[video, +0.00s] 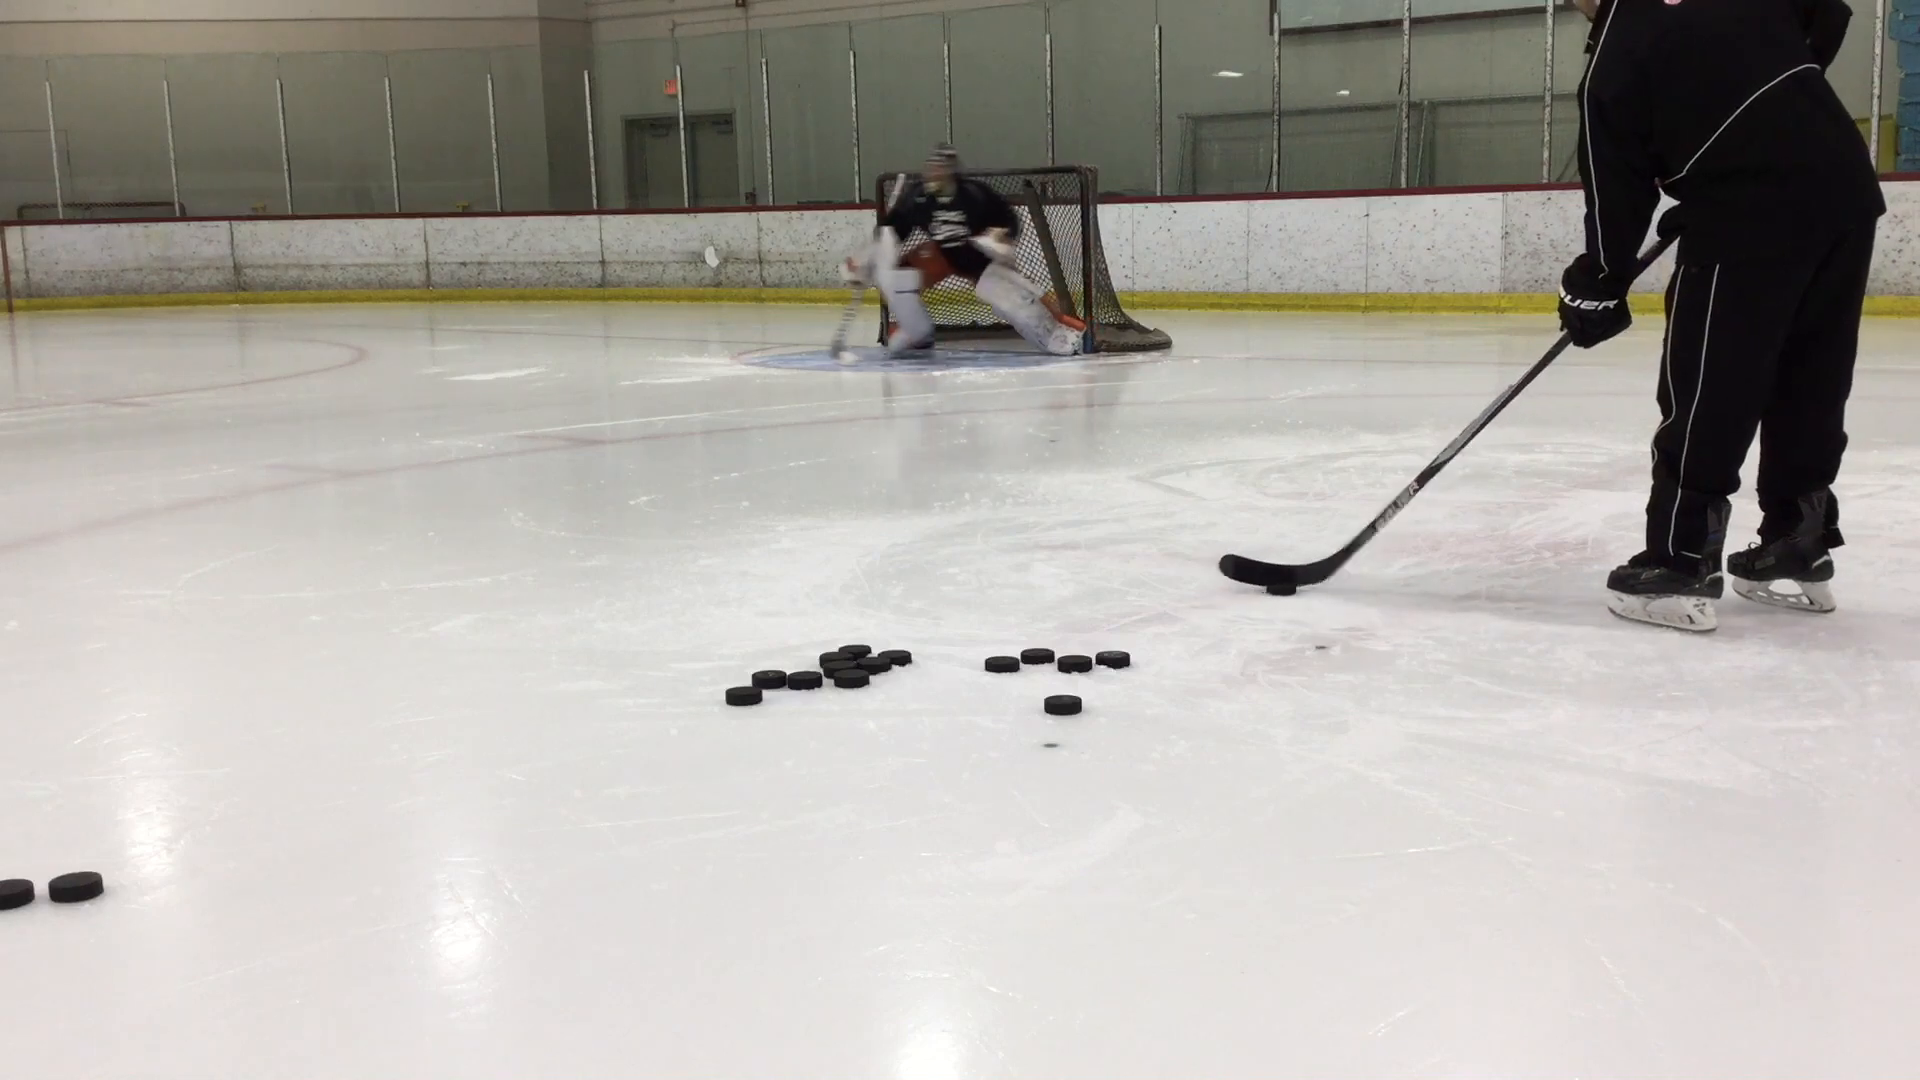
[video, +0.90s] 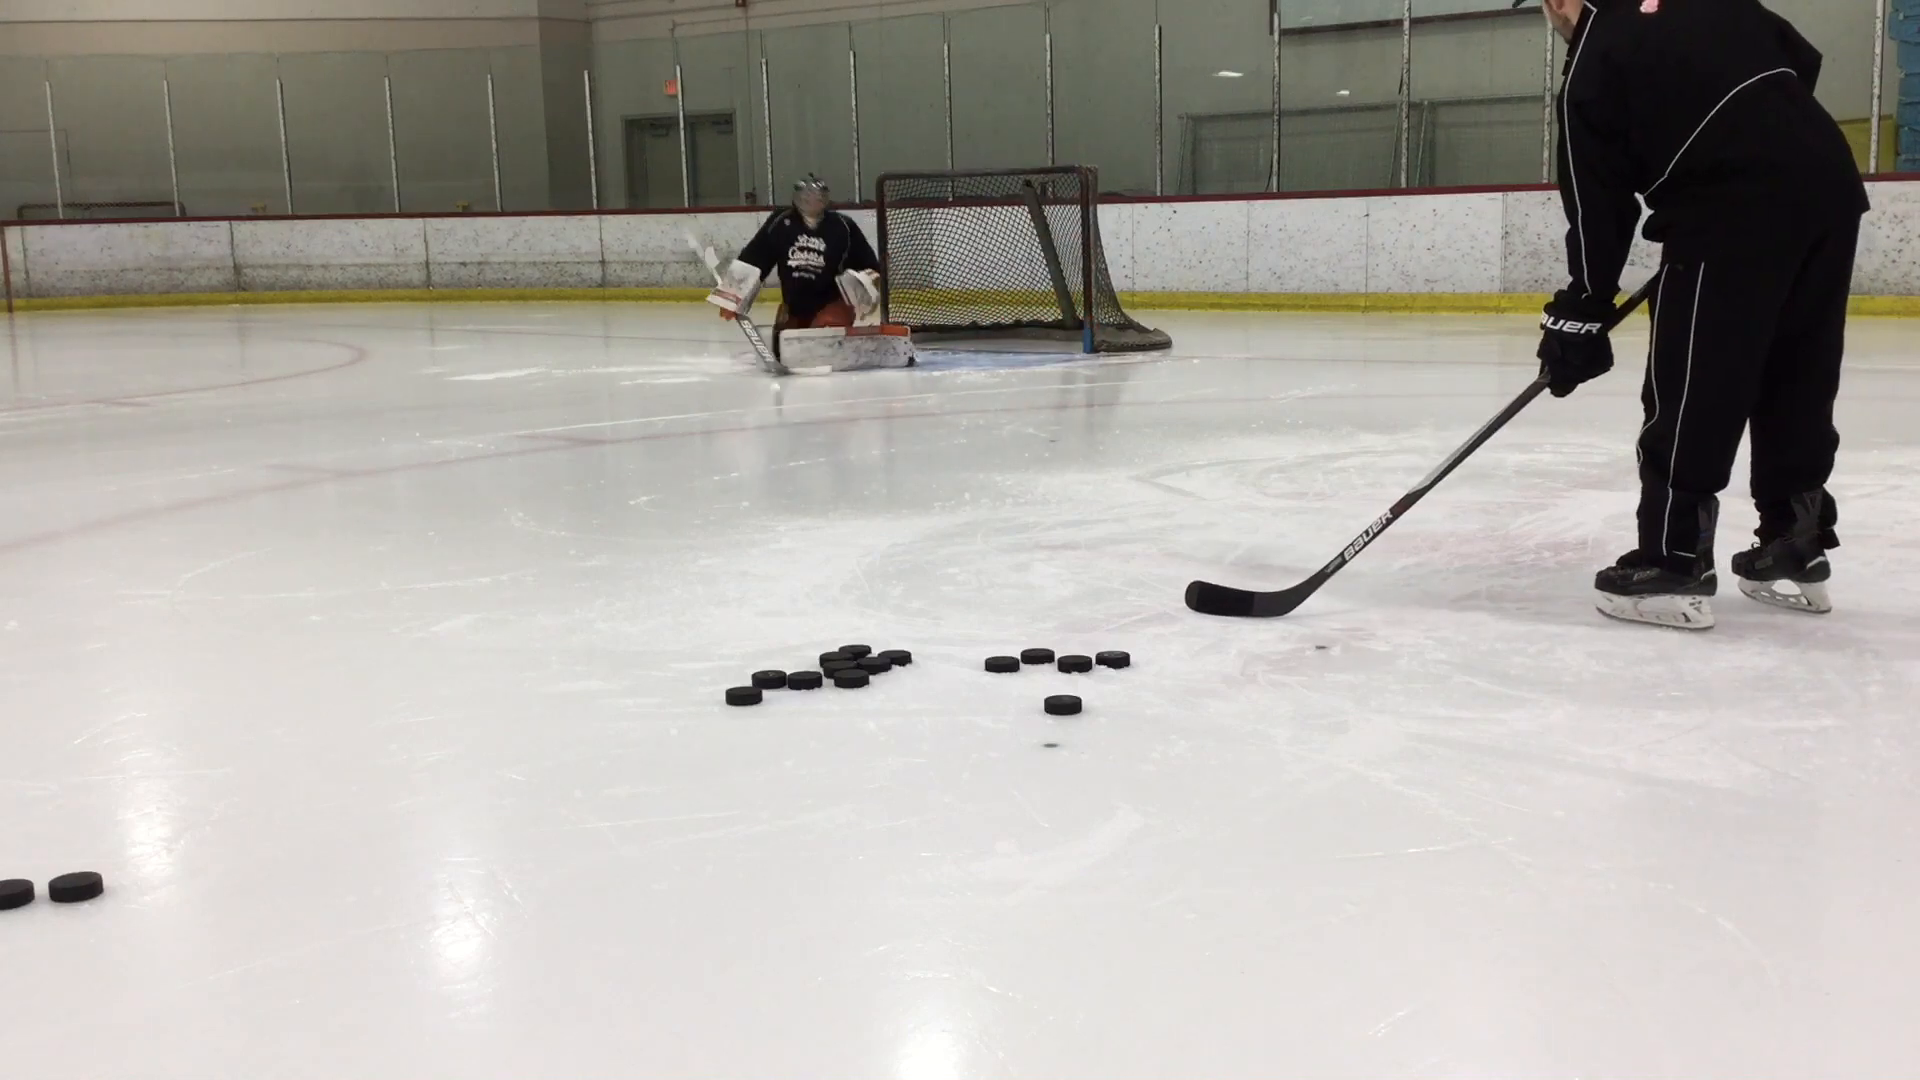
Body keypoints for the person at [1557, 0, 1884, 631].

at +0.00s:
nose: (1573, 11)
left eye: (1573, 7)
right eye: (1572, 6)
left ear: (1588, 4)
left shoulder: (1611, 69)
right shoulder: (1733, 7)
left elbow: (1618, 186)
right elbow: (1831, 13)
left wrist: (1598, 283)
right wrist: (1777, 93)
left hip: (1745, 211)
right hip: (1846, 195)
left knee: (1704, 387)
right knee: (1811, 381)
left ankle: (1682, 558)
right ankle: (1798, 544)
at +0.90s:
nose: (1550, 17)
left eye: (1549, 7)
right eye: (1546, 9)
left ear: (1568, 3)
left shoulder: (1590, 74)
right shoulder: (1717, 5)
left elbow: (1598, 204)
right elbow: (1801, 59)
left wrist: (1579, 314)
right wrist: (1726, 173)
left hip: (1727, 213)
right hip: (1828, 193)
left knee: (1689, 388)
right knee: (1797, 380)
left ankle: (1674, 559)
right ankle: (1796, 545)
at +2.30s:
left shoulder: (1570, 46)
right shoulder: (1738, 5)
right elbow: (1846, 18)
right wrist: (1819, 92)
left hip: (1622, 228)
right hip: (1734, 215)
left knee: (1606, 381)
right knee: (1750, 391)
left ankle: (1543, 545)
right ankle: (1769, 559)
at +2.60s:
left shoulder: (1612, 28)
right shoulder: (1793, 3)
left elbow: (1606, 154)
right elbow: (1874, 34)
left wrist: (1606, 261)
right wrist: (1810, 97)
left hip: (1687, 207)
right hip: (1800, 201)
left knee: (1653, 389)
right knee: (1776, 384)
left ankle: (1606, 546)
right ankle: (1787, 545)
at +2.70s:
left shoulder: (1622, 25)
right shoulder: (1796, 3)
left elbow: (1606, 149)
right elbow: (1850, 52)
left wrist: (1594, 263)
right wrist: (1780, 114)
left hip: (1691, 212)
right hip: (1805, 206)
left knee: (1659, 394)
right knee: (1775, 384)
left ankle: (1614, 553)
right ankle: (1788, 545)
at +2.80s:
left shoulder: (1626, 22)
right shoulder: (1789, 7)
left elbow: (1604, 148)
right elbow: (1803, 89)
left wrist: (1573, 262)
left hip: (1705, 213)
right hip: (1813, 208)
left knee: (1658, 395)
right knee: (1774, 389)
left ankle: (1616, 555)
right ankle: (1791, 551)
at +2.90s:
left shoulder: (1622, 15)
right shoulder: (1765, 7)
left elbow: (1597, 140)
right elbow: (1753, 111)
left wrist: (1555, 266)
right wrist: (1650, 192)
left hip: (1704, 219)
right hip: (1811, 207)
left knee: (1655, 399)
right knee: (1773, 392)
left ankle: (1619, 558)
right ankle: (1792, 550)